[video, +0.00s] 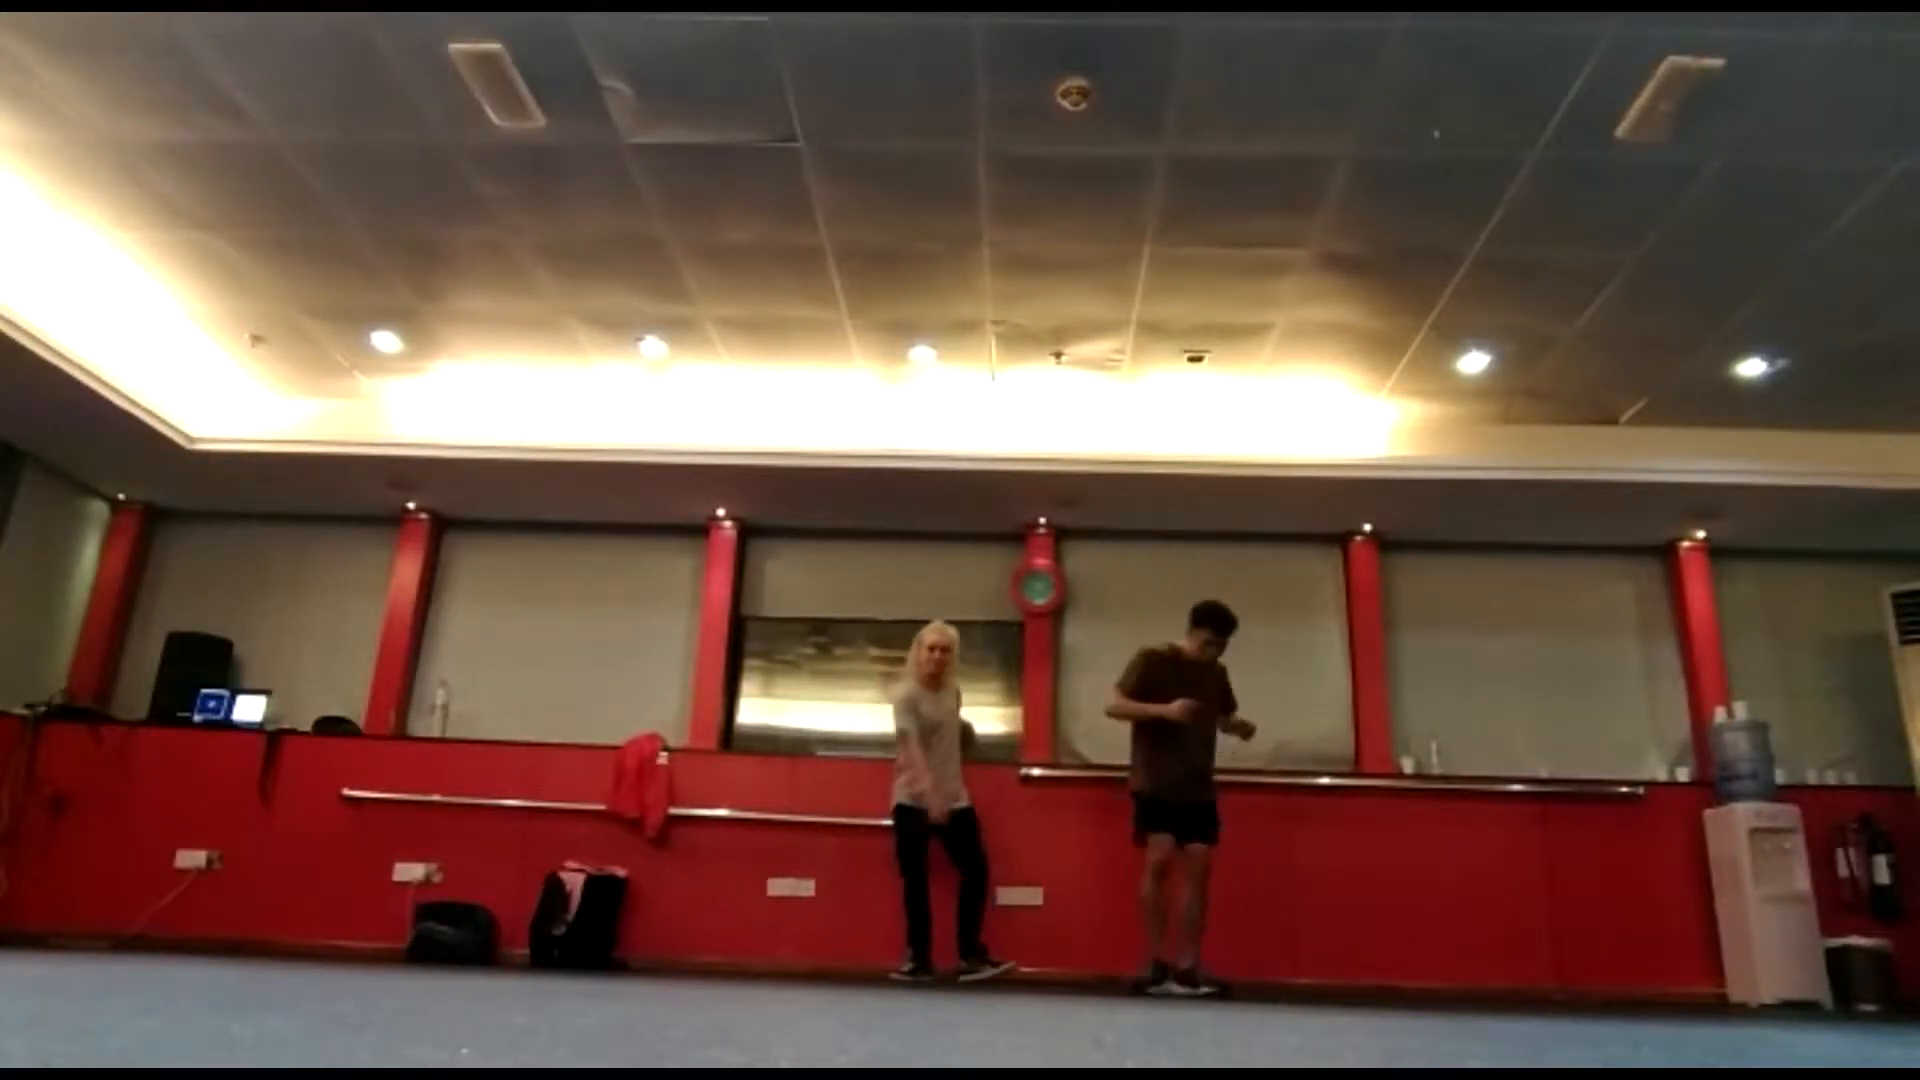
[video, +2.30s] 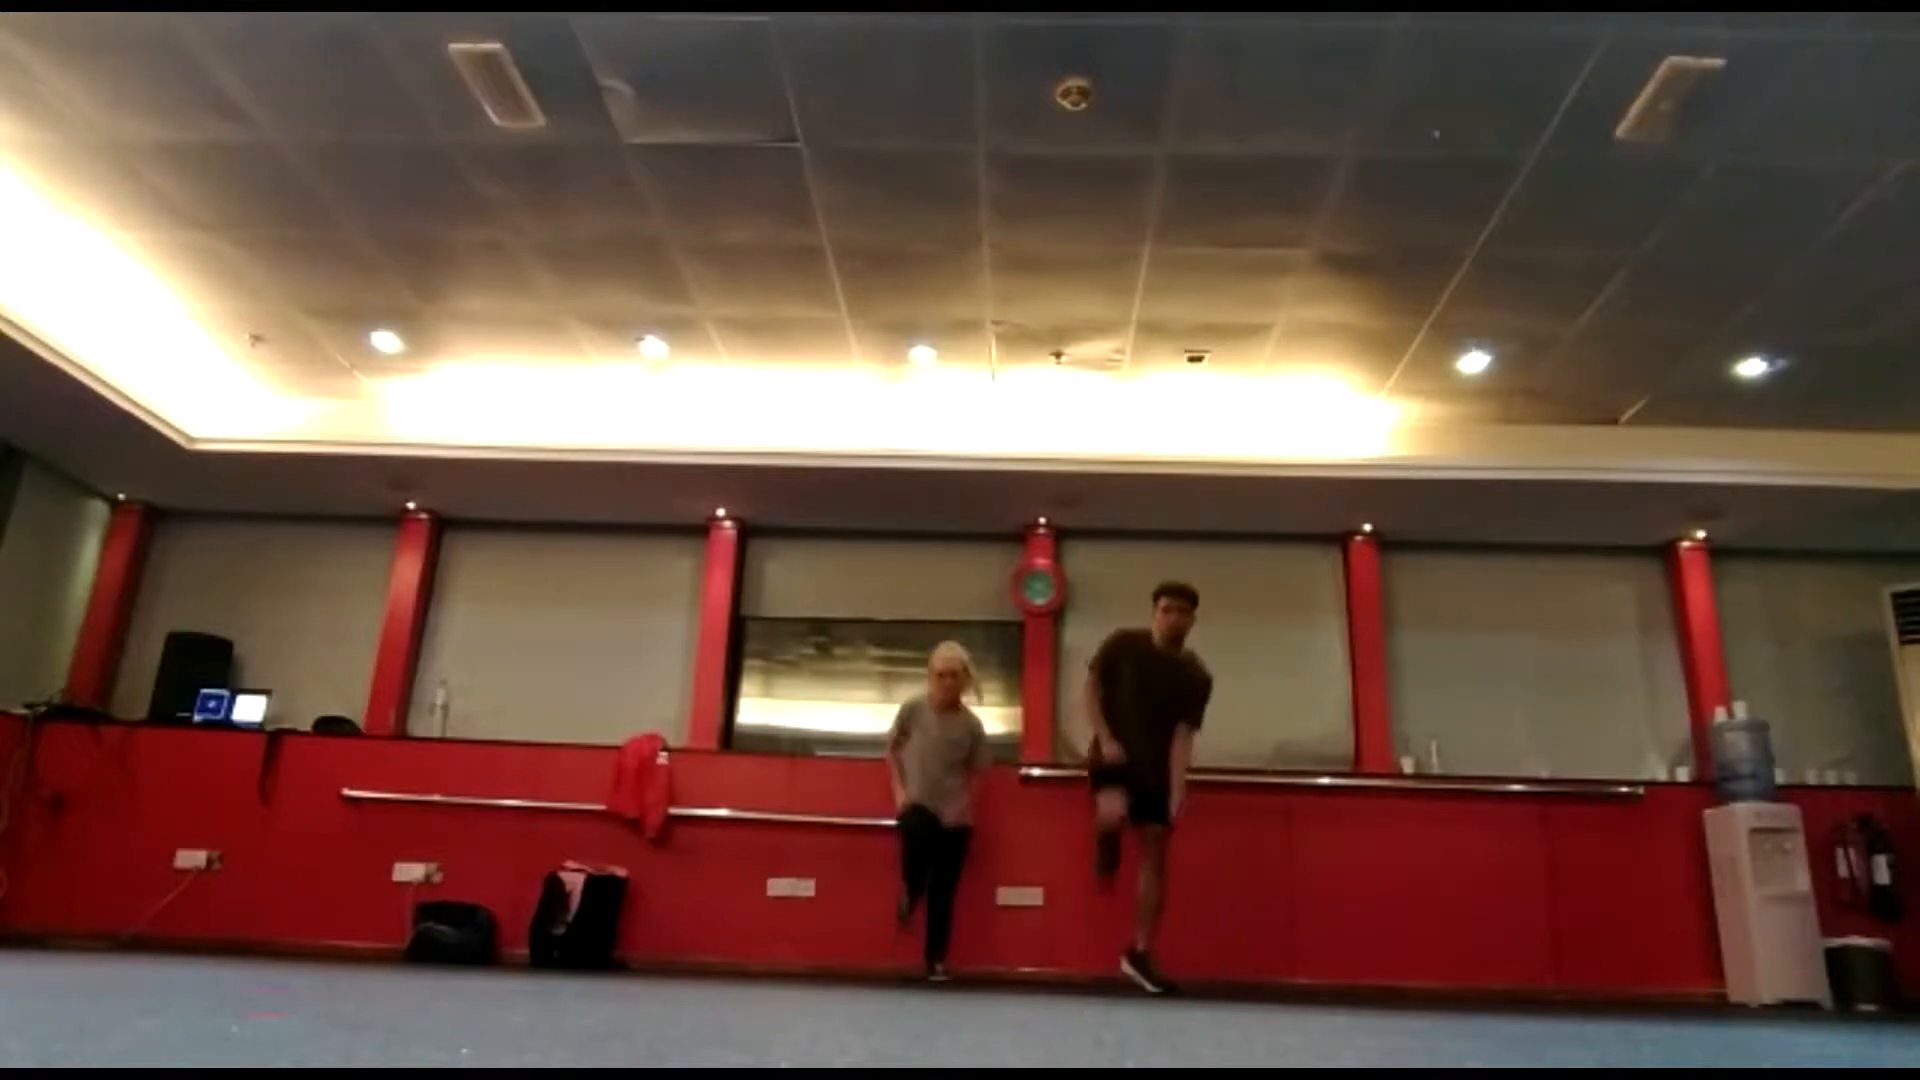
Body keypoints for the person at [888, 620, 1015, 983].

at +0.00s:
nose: (937, 656)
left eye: (944, 650)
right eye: (931, 649)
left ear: (953, 657)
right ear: (917, 652)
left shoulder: (952, 695)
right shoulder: (906, 696)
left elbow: (951, 745)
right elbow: (911, 751)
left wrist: (957, 789)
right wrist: (929, 794)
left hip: (954, 800)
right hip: (914, 801)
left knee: (975, 873)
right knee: (915, 883)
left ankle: (972, 955)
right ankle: (919, 958)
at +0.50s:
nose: (977, 670)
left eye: (985, 664)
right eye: (972, 662)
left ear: (995, 671)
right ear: (960, 665)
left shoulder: (995, 720)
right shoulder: (935, 700)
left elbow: (1001, 767)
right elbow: (896, 723)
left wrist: (1013, 807)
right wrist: (909, 754)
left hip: (962, 811)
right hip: (919, 806)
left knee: (990, 876)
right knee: (914, 886)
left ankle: (975, 959)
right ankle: (919, 959)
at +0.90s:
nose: (981, 679)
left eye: (988, 672)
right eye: (974, 673)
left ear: (1000, 675)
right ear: (966, 677)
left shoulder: (1008, 719)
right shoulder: (959, 709)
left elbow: (998, 775)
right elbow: (948, 756)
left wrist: (983, 821)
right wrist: (933, 797)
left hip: (976, 817)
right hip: (938, 810)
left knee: (992, 884)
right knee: (911, 873)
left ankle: (977, 960)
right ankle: (916, 958)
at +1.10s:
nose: (964, 668)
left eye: (970, 660)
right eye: (958, 662)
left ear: (985, 662)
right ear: (951, 668)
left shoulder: (998, 708)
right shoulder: (959, 702)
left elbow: (993, 756)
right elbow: (958, 745)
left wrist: (947, 777)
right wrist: (948, 766)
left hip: (985, 811)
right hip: (949, 803)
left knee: (991, 883)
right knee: (913, 862)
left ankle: (977, 958)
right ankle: (911, 946)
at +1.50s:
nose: (940, 672)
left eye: (946, 665)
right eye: (933, 666)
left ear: (960, 668)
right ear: (924, 671)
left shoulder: (974, 703)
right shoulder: (926, 714)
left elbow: (992, 738)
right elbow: (925, 763)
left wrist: (973, 777)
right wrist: (907, 803)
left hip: (967, 817)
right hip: (927, 815)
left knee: (990, 879)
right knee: (914, 885)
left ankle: (977, 961)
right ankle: (912, 959)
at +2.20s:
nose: (950, 681)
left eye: (957, 675)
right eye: (944, 673)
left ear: (967, 679)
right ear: (932, 674)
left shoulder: (969, 723)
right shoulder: (909, 711)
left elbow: (976, 768)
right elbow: (891, 752)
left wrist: (974, 806)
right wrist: (898, 801)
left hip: (953, 822)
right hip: (915, 819)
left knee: (941, 895)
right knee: (912, 893)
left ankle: (936, 959)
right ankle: (910, 956)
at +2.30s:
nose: (947, 683)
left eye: (954, 675)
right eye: (941, 675)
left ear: (966, 680)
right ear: (929, 677)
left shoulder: (971, 725)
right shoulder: (912, 711)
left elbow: (978, 772)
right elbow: (893, 749)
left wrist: (966, 806)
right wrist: (899, 791)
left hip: (953, 815)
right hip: (918, 807)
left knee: (943, 892)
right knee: (916, 829)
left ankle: (936, 960)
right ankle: (911, 891)